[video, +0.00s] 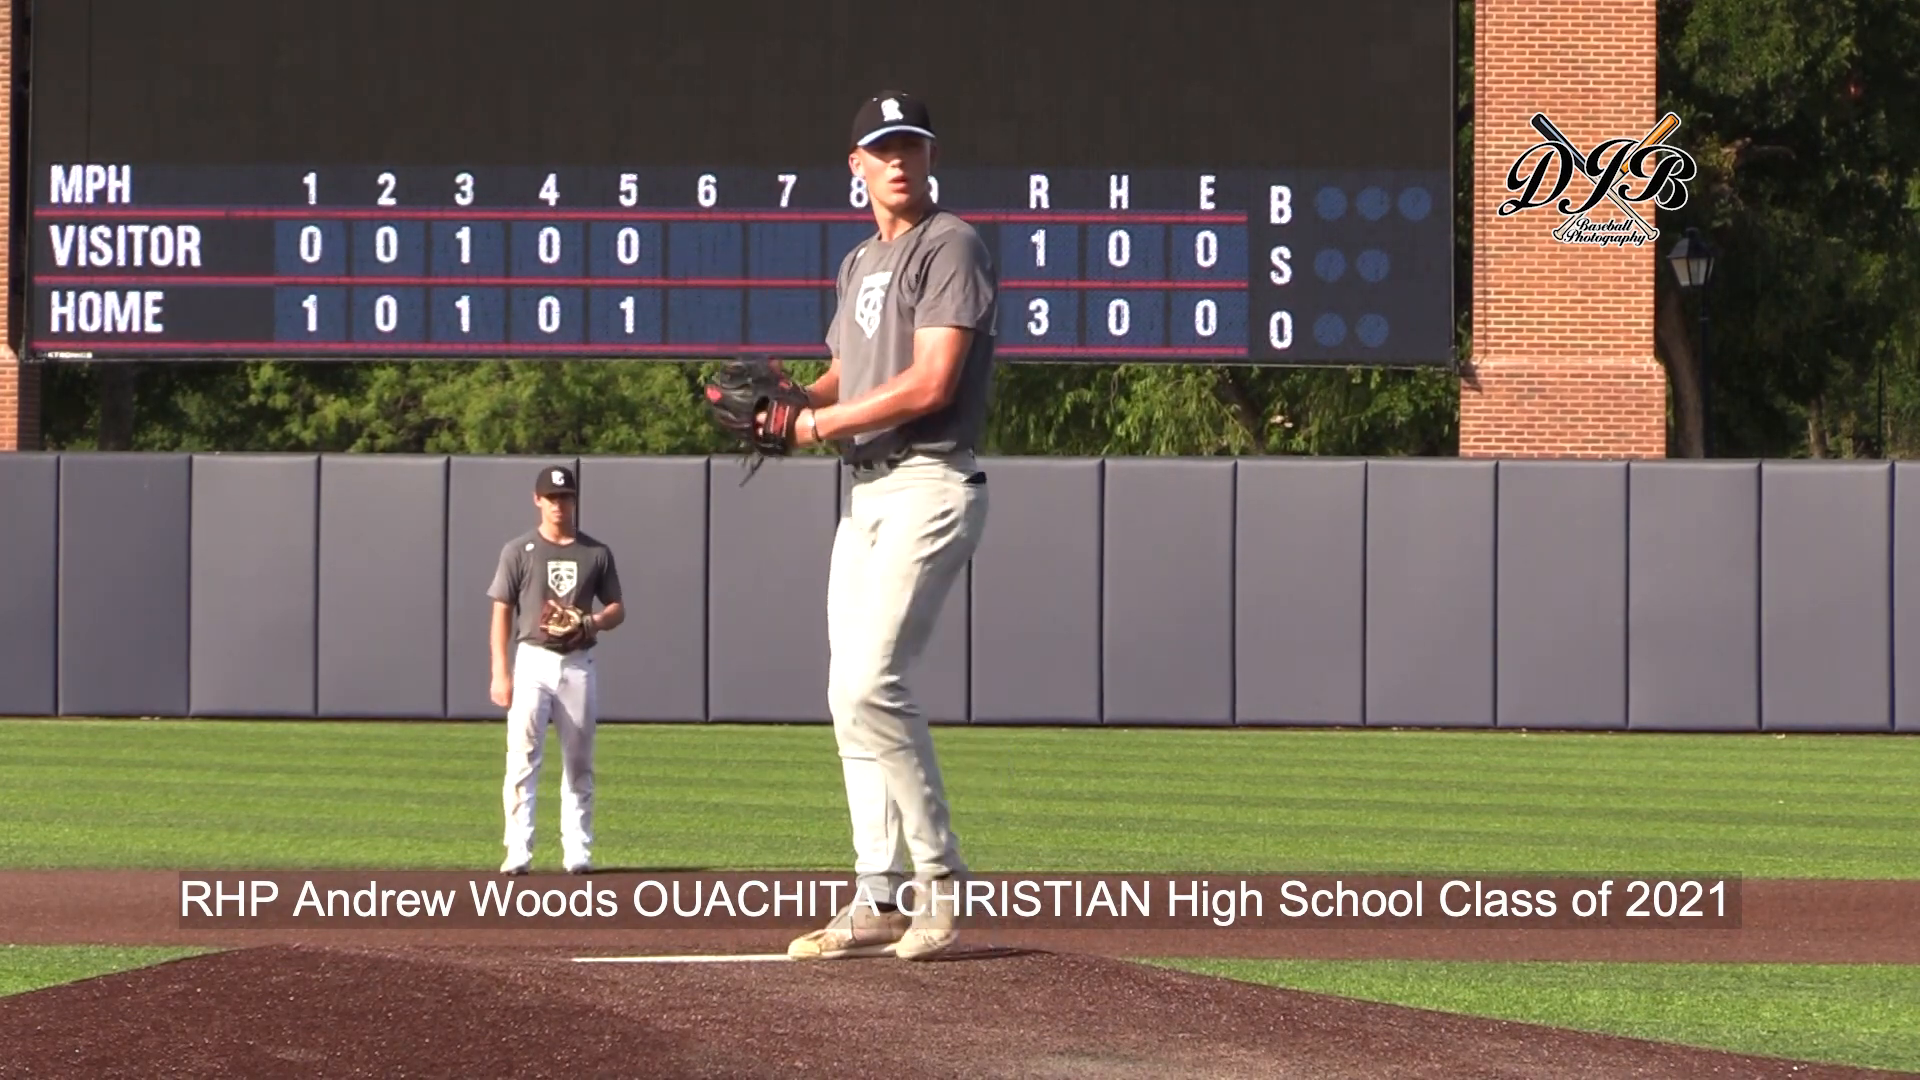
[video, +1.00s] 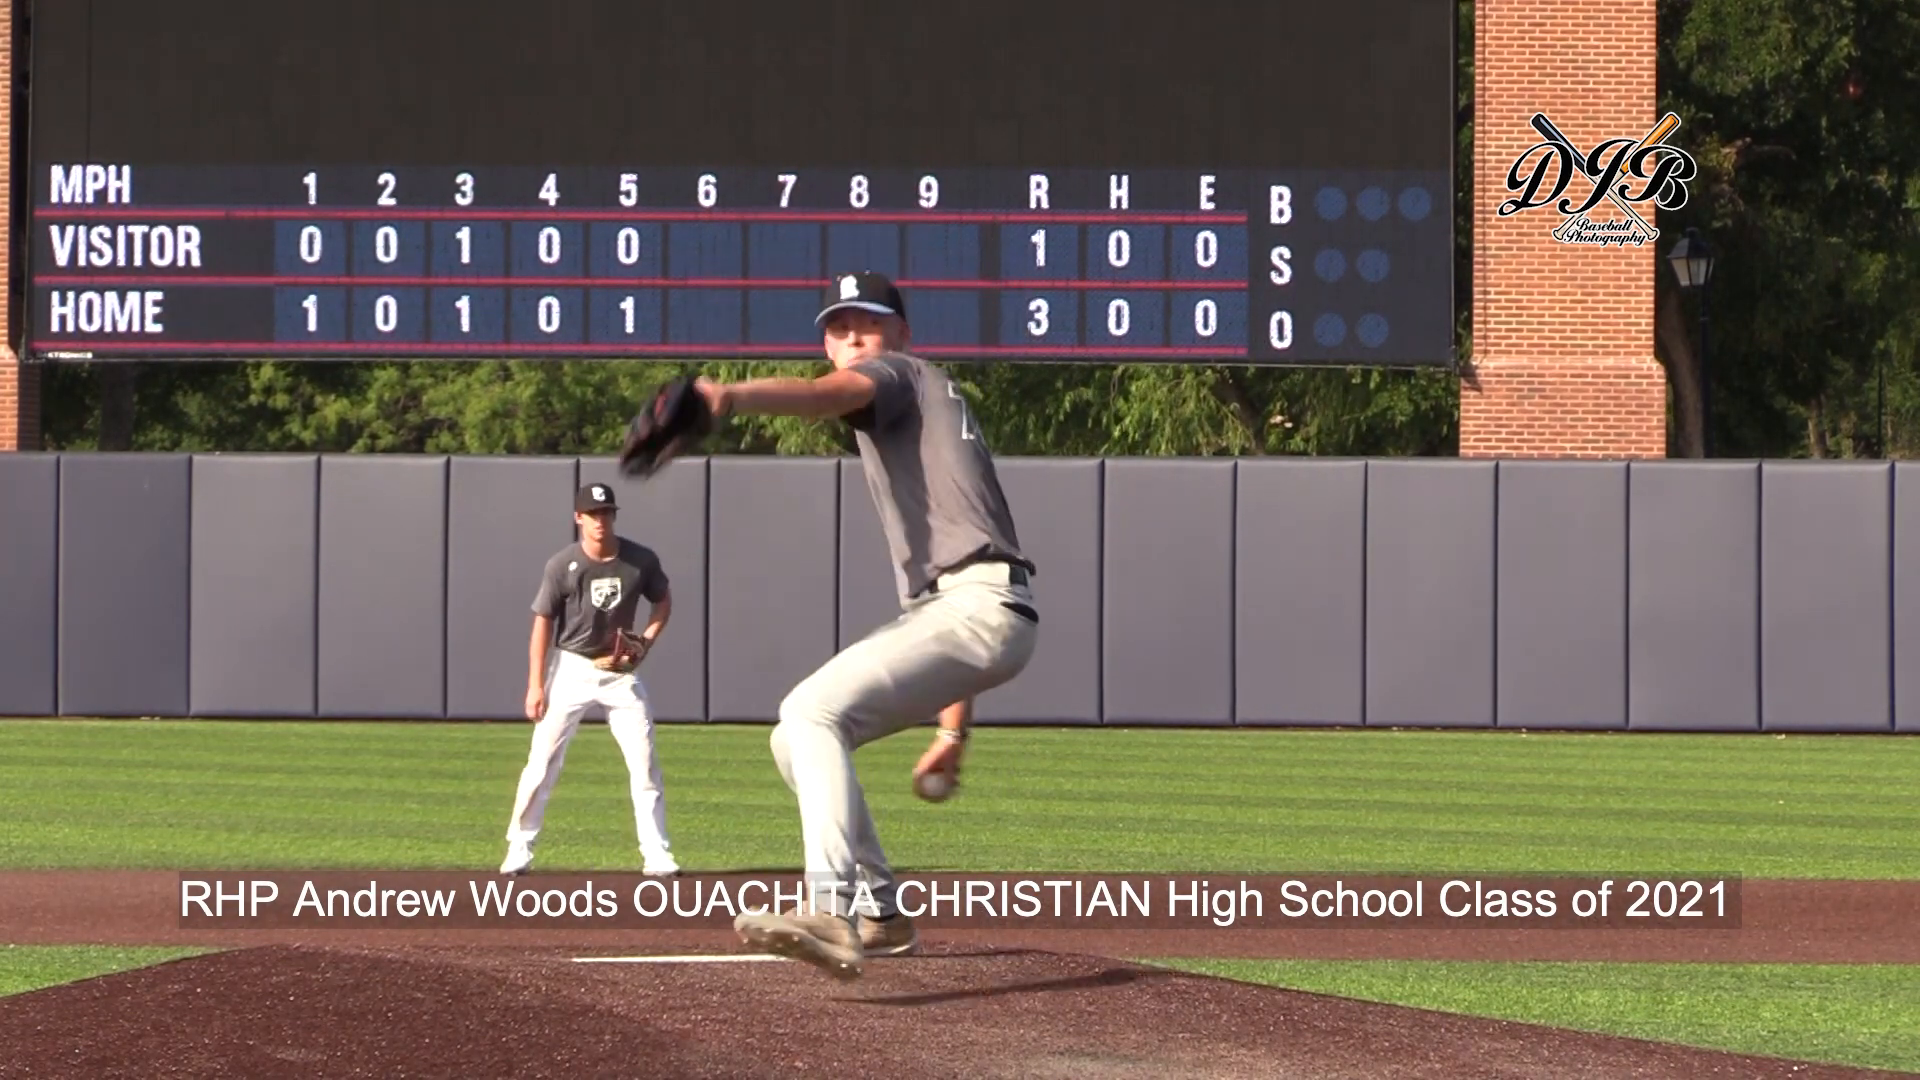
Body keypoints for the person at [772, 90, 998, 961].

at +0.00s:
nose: (901, 165)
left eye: (911, 150)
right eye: (884, 153)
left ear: (930, 160)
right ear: (857, 167)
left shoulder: (953, 244)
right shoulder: (858, 263)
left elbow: (932, 383)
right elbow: (846, 381)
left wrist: (817, 423)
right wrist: (784, 405)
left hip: (930, 486)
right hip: (867, 490)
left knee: (870, 686)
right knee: (851, 697)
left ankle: (940, 882)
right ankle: (880, 898)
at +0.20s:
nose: (889, 168)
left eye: (902, 153)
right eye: (873, 155)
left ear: (925, 162)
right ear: (851, 170)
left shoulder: (946, 242)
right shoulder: (869, 264)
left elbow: (893, 371)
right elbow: (853, 387)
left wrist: (778, 343)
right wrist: (779, 342)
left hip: (920, 475)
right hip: (885, 476)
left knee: (741, 557)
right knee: (863, 704)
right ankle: (882, 906)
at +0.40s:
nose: (885, 178)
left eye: (897, 162)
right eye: (869, 165)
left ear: (922, 170)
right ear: (848, 178)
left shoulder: (937, 243)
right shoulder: (878, 264)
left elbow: (845, 346)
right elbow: (811, 365)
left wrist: (773, 276)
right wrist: (779, 276)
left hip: (910, 468)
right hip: (898, 488)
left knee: (711, 403)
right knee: (854, 698)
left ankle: (575, 565)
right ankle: (878, 905)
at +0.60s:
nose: (875, 205)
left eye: (889, 189)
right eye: (860, 193)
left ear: (917, 197)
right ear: (841, 206)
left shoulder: (933, 263)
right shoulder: (870, 283)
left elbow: (825, 338)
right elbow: (833, 357)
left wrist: (772, 265)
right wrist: (791, 276)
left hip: (894, 469)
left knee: (750, 318)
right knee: (815, 701)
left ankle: (710, 523)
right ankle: (876, 904)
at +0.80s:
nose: (871, 248)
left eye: (886, 232)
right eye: (856, 235)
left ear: (913, 240)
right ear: (840, 250)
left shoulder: (921, 304)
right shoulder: (904, 333)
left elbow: (859, 417)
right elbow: (879, 488)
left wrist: (750, 427)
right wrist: (781, 471)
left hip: (916, 533)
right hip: (938, 551)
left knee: (721, 567)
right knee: (798, 728)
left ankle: (782, 768)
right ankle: (875, 906)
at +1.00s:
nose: (848, 343)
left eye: (865, 327)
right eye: (839, 329)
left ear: (899, 334)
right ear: (826, 337)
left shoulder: (906, 374)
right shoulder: (920, 408)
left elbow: (831, 393)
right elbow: (951, 579)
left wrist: (722, 397)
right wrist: (954, 730)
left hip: (981, 604)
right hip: (962, 610)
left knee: (812, 711)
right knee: (793, 739)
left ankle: (832, 913)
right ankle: (879, 907)